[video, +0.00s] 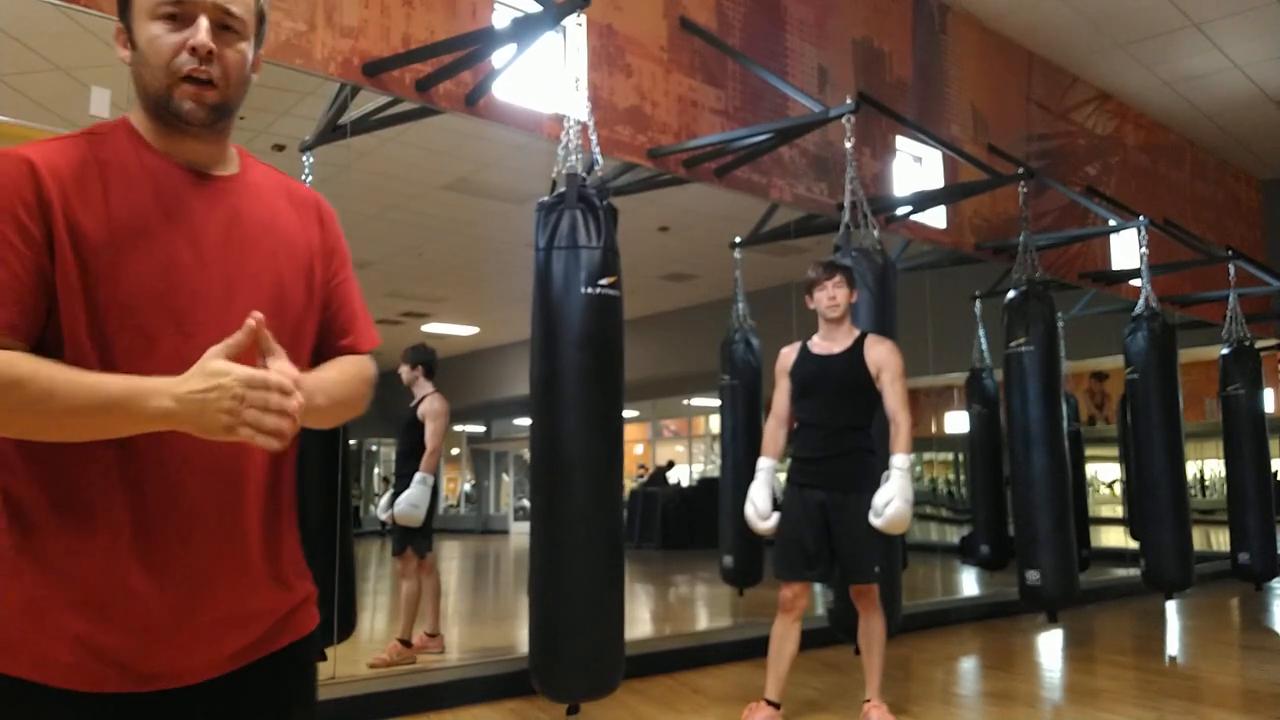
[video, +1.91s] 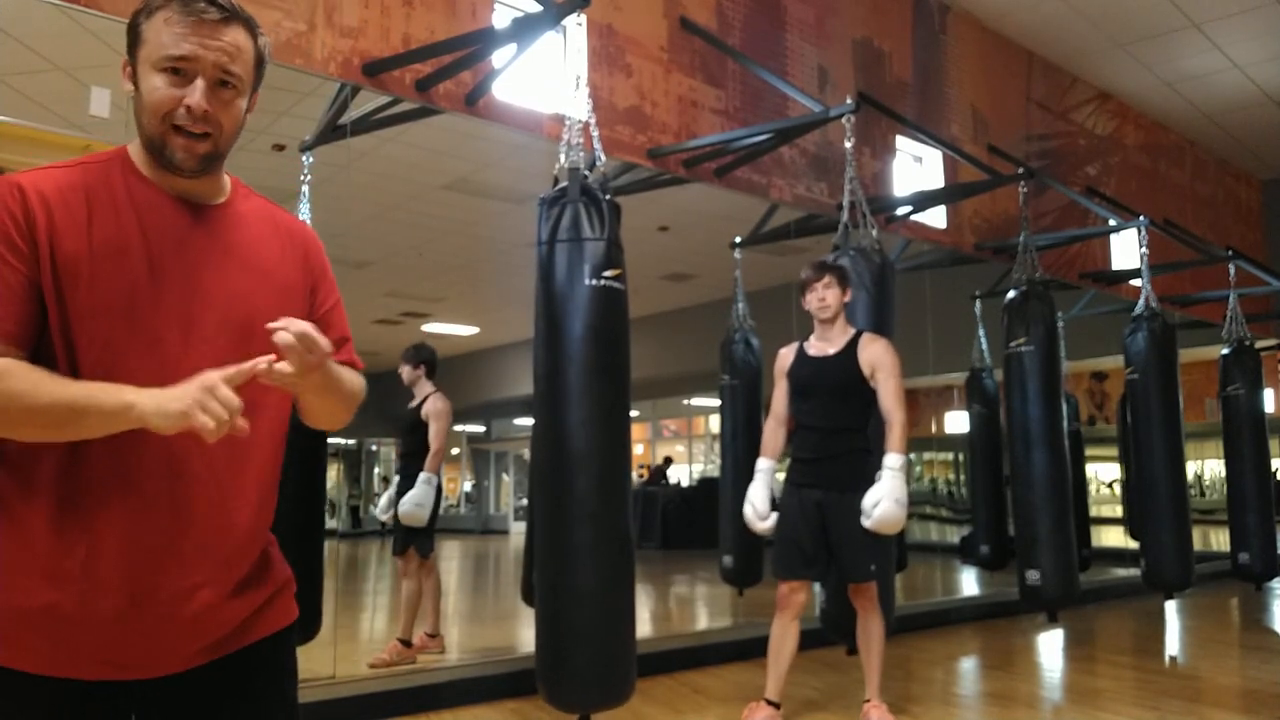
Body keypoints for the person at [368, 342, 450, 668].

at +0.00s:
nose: (399, 372)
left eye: (403, 367)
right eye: (400, 367)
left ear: (418, 370)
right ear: (419, 370)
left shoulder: (434, 402)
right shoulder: (417, 403)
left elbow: (433, 450)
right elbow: (406, 454)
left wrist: (419, 489)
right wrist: (392, 492)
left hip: (416, 486)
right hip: (408, 485)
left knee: (406, 565)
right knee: (424, 564)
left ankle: (403, 641)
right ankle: (431, 634)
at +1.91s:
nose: (400, 373)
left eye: (403, 367)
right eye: (400, 368)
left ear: (420, 369)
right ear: (418, 369)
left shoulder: (436, 402)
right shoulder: (416, 403)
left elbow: (437, 450)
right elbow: (407, 454)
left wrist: (423, 489)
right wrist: (393, 491)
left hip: (421, 483)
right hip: (409, 482)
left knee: (408, 563)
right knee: (425, 563)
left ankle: (403, 641)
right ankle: (431, 634)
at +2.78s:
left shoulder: (417, 392)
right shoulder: (391, 399)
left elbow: (422, 444)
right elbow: (389, 452)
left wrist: (409, 485)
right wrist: (371, 484)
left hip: (407, 481)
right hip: (389, 482)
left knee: (397, 566)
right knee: (374, 563)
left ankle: (403, 643)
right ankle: (414, 619)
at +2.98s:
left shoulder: (404, 393)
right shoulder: (380, 394)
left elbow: (408, 445)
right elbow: (385, 451)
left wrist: (396, 484)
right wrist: (368, 482)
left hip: (401, 479)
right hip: (384, 478)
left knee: (393, 563)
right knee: (370, 562)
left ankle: (403, 644)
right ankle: (383, 632)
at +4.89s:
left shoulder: (417, 398)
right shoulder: (355, 394)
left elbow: (433, 447)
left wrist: (414, 462)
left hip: (395, 487)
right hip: (358, 485)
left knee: (382, 567)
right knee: (345, 566)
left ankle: (391, 642)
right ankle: (338, 639)